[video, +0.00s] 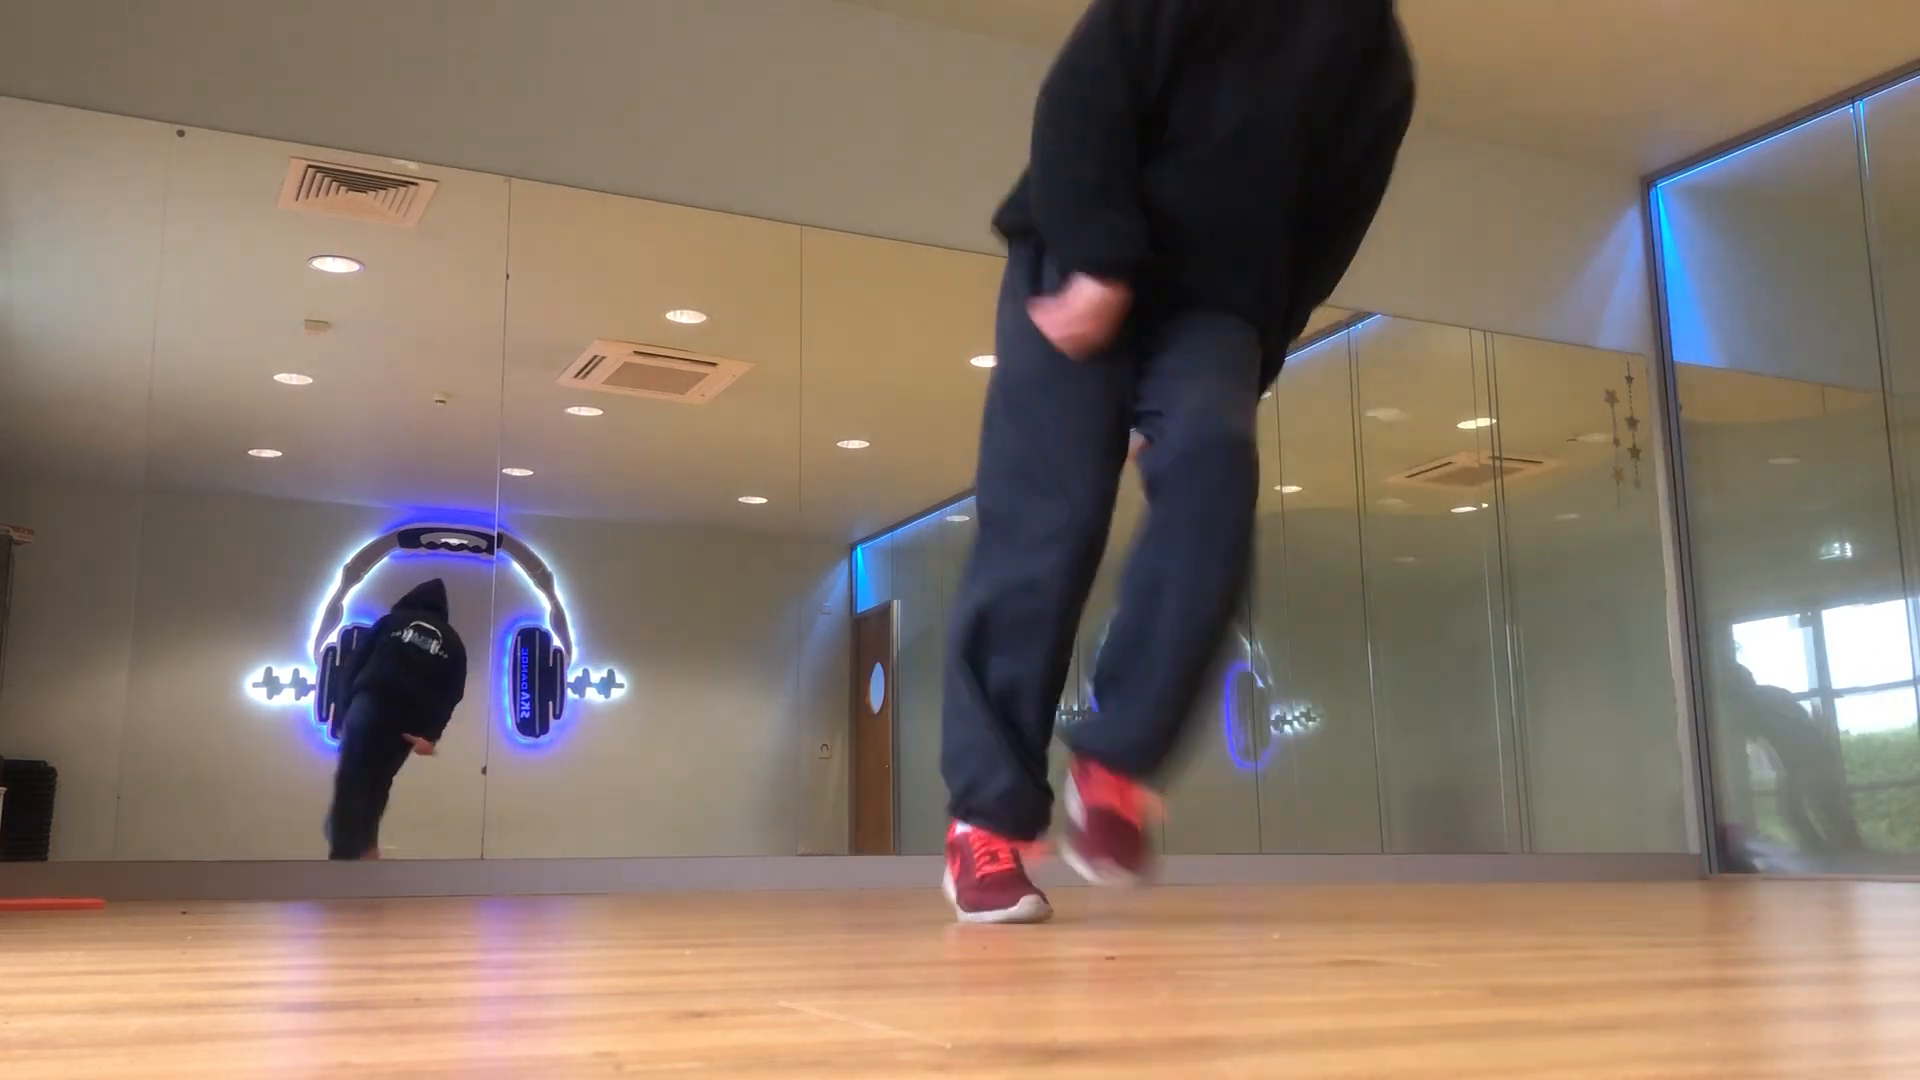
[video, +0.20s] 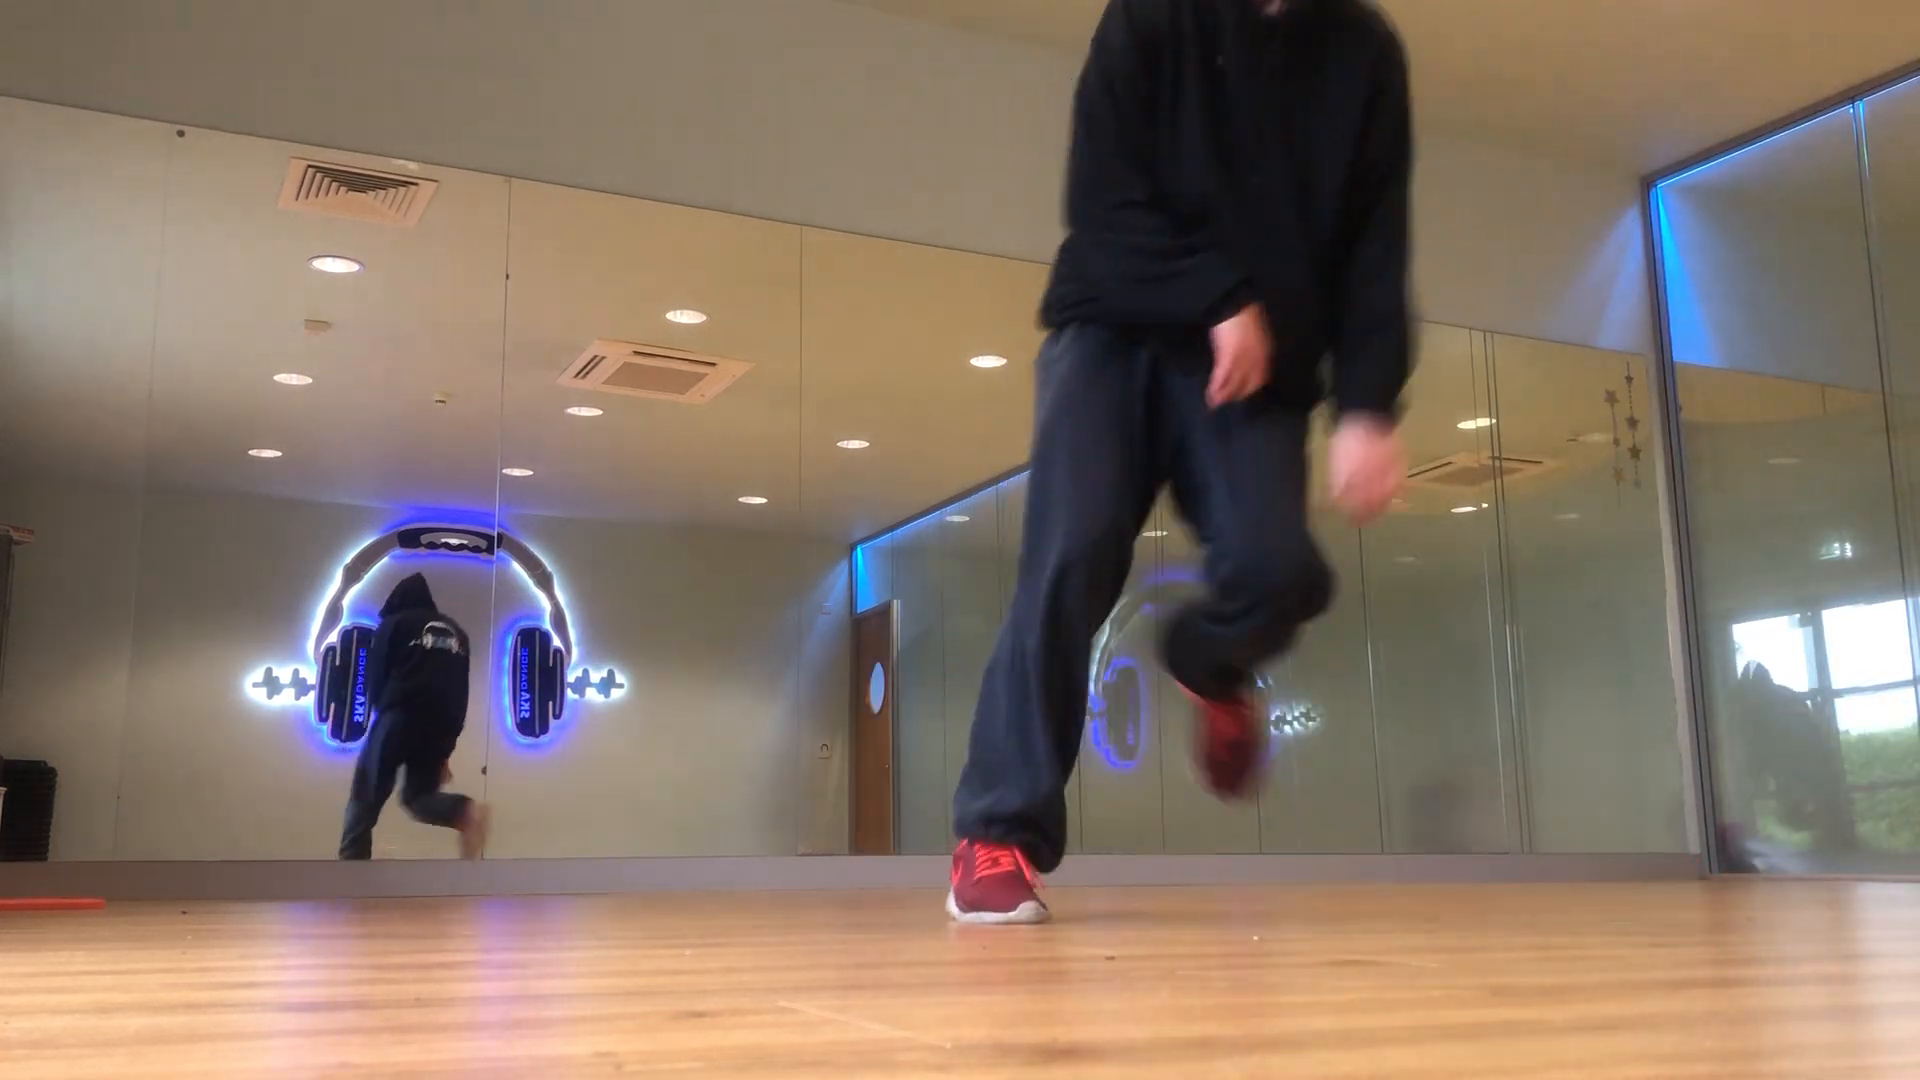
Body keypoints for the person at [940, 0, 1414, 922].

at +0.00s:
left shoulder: (1376, 62)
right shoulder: (1169, 9)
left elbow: (1329, 230)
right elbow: (1086, 91)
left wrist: (1253, 356)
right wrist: (1094, 257)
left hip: (1219, 293)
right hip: (1079, 250)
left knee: (1214, 483)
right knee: (1045, 532)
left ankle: (1115, 760)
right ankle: (989, 821)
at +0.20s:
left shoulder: (1362, 44)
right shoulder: (1149, 19)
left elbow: (1375, 233)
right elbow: (1104, 203)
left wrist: (1367, 405)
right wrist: (1219, 298)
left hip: (1254, 356)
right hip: (1113, 331)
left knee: (1279, 576)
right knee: (1072, 562)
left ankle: (1207, 662)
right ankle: (998, 835)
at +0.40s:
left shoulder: (1431, 21)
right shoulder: (1248, 57)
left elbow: (1433, 188)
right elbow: (1301, 257)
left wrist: (1348, 107)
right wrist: (1491, 261)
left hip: (1362, 340)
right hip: (1240, 339)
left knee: (1407, 585)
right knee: (1215, 572)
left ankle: (1392, 822)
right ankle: (1131, 818)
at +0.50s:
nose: (1453, 27)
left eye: (1467, 12)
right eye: (1432, 10)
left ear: (1484, 19)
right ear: (1378, 16)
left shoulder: (1495, 92)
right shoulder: (1319, 132)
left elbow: (1518, 234)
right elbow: (1397, 328)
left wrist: (1435, 228)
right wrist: (1555, 269)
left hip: (1433, 385)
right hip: (1320, 380)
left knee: (1444, 606)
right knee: (1396, 572)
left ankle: (1392, 852)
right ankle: (1227, 775)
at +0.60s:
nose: (1491, 15)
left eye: (1505, 4)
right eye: (1472, 5)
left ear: (1522, 8)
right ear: (1427, 5)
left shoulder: (1543, 66)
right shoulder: (1361, 104)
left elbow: (1631, 204)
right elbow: (1333, 309)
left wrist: (1591, 129)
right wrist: (1401, 396)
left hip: (1502, 371)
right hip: (1385, 372)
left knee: (1523, 576)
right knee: (1500, 535)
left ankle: (1407, 815)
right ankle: (1494, 795)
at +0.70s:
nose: (1528, 5)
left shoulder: (1589, 47)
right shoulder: (1399, 91)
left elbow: (1718, 76)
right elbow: (1292, 253)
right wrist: (1273, 421)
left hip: (1566, 373)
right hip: (1454, 384)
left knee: (1619, 592)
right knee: (1644, 564)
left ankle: (1456, 798)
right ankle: (1798, 817)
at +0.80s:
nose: (1573, 16)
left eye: (1584, 3)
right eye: (1555, 0)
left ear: (1599, 11)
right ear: (1504, 4)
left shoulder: (1614, 89)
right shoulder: (1444, 124)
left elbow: (1739, 106)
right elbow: (1320, 284)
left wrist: (1799, 13)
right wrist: (1340, 427)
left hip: (1624, 413)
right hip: (1529, 424)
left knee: (1693, 662)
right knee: (1758, 569)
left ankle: (1469, 797)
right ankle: (1863, 833)